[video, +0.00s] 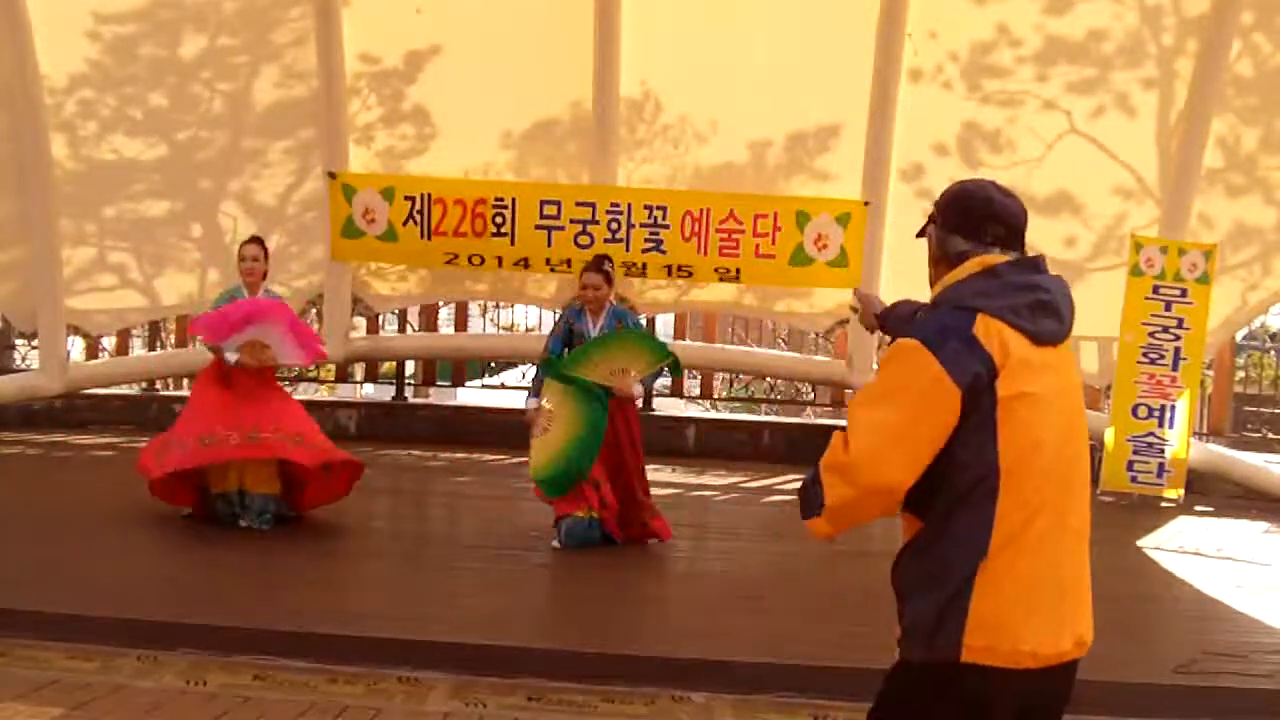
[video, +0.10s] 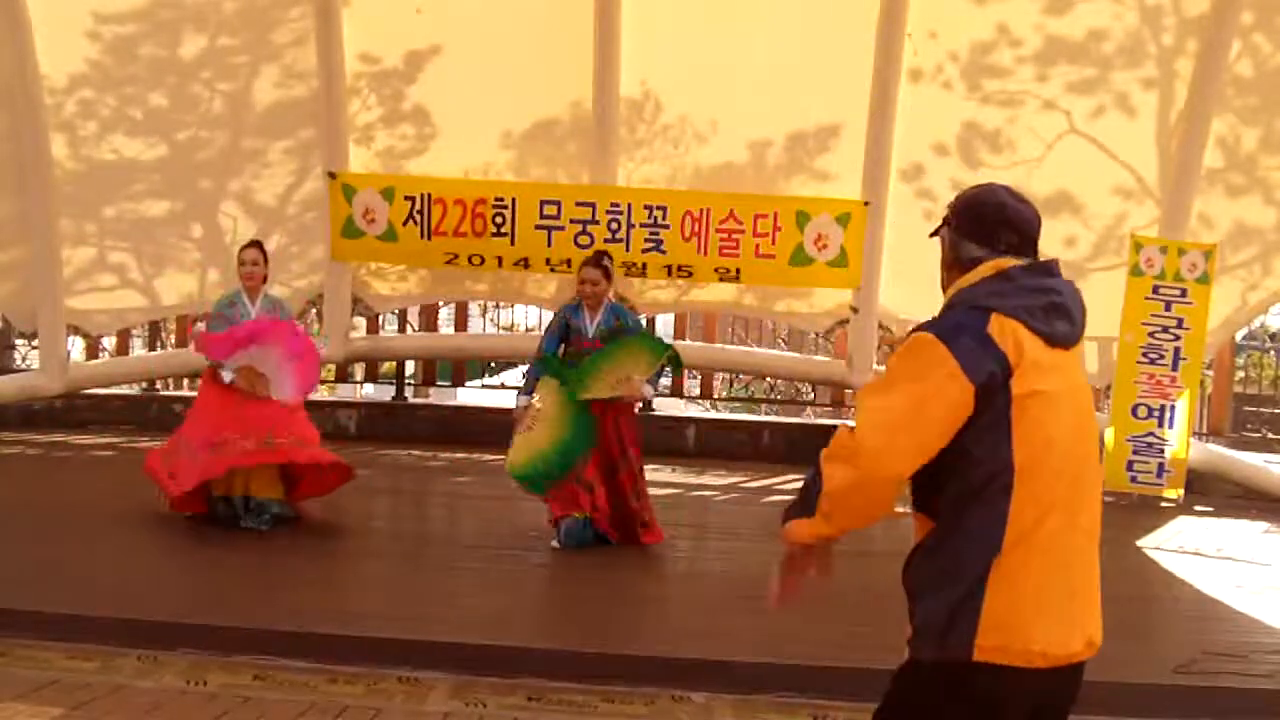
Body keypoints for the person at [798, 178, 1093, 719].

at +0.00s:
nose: (928, 255)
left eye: (929, 239)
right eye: (929, 238)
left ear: (944, 244)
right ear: (1010, 248)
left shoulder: (952, 329)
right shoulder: (1047, 324)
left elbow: (873, 467)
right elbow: (963, 328)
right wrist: (887, 316)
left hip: (970, 652)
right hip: (1054, 647)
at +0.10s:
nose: (941, 258)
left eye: (943, 244)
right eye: (943, 243)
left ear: (952, 249)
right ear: (1020, 256)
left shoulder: (963, 332)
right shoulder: (1054, 338)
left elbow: (872, 453)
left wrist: (810, 524)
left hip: (977, 656)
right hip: (1059, 656)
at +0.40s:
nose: (964, 243)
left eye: (965, 228)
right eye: (965, 228)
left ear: (979, 230)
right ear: (1049, 237)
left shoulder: (978, 319)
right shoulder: (1092, 326)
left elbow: (852, 406)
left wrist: (750, 460)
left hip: (979, 642)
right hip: (1066, 643)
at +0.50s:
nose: (976, 227)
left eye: (979, 212)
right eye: (979, 212)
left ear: (992, 219)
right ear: (1064, 225)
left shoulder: (984, 310)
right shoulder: (1126, 329)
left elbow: (854, 386)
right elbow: (1150, 436)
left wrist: (735, 397)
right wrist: (1074, 431)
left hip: (972, 628)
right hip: (1065, 632)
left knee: (919, 711)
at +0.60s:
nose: (997, 220)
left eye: (1000, 205)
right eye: (999, 205)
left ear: (1014, 210)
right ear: (1087, 221)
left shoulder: (988, 305)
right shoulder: (1144, 325)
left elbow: (848, 354)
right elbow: (1184, 410)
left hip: (965, 618)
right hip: (1063, 624)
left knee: (927, 713)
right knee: (1025, 715)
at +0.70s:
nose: (1010, 224)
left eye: (1013, 207)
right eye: (1013, 208)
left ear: (1027, 209)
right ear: (1107, 220)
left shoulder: (984, 300)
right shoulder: (1159, 335)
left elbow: (841, 314)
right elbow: (1219, 417)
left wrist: (734, 250)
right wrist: (1189, 355)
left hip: (956, 612)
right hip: (1058, 623)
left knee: (914, 719)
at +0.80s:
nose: (1012, 222)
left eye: (1014, 208)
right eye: (1014, 209)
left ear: (1029, 213)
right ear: (1114, 223)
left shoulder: (978, 299)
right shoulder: (1161, 342)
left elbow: (843, 285)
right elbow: (1236, 451)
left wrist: (721, 233)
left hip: (948, 624)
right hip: (1054, 639)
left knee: (901, 712)